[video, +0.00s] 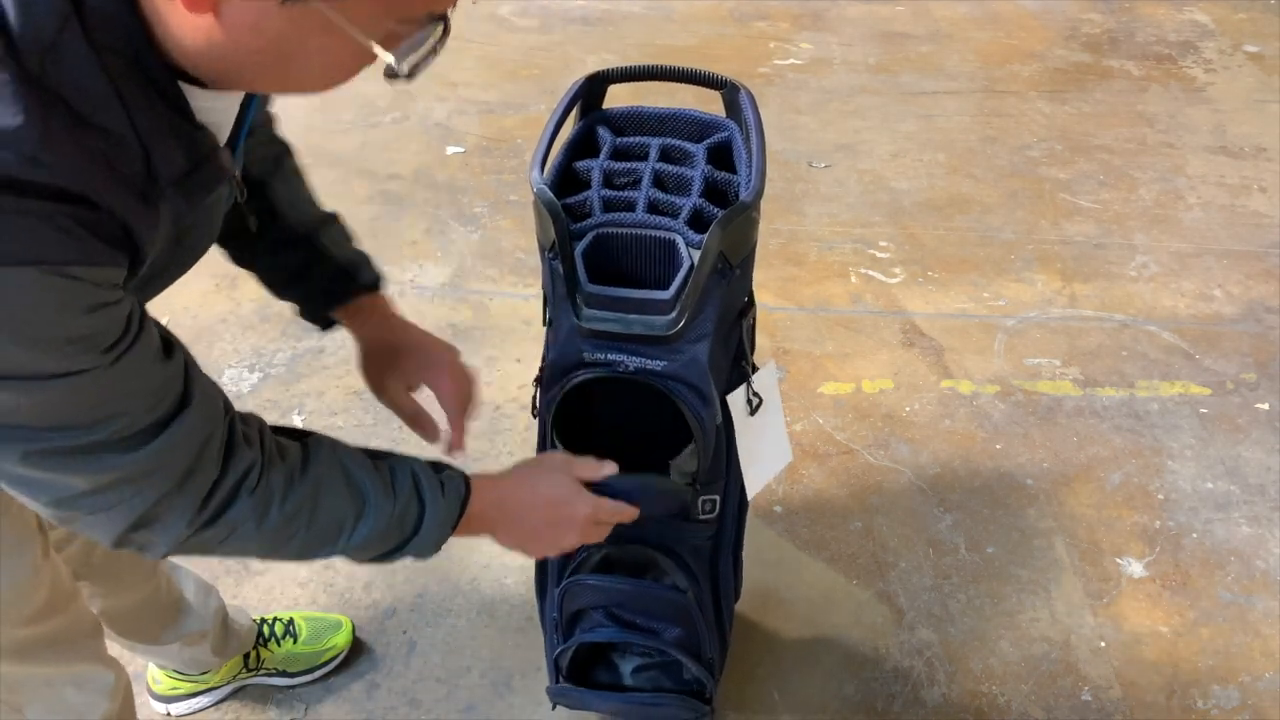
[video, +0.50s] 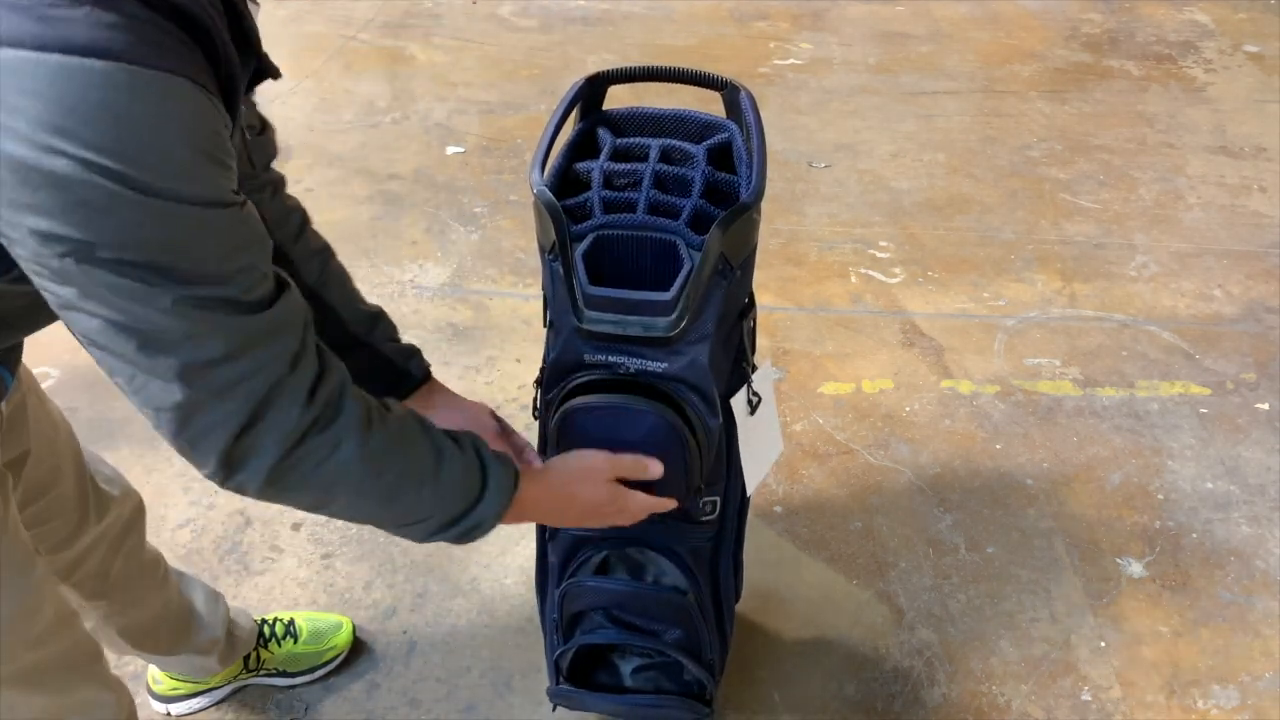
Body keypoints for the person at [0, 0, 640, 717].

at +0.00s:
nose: (383, 63)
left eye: (398, 41)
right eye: (386, 41)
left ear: (206, 2)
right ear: (211, 3)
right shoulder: (25, 257)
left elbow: (226, 145)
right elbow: (191, 485)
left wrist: (369, 316)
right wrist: (480, 506)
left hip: (45, 363)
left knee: (94, 520)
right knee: (38, 620)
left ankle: (198, 653)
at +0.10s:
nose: (379, 7)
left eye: (380, 1)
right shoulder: (33, 182)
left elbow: (193, 162)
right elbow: (202, 452)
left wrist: (337, 329)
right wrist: (482, 436)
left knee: (78, 512)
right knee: (45, 641)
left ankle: (197, 653)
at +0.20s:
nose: (341, 6)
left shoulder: (196, 16)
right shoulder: (47, 131)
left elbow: (235, 193)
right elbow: (228, 448)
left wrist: (392, 370)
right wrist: (515, 458)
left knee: (76, 505)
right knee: (35, 625)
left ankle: (198, 654)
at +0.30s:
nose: (334, 5)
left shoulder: (212, 21)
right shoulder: (76, 105)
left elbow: (304, 235)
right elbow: (309, 407)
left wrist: (452, 423)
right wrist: (572, 473)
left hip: (5, 356)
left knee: (72, 521)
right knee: (39, 658)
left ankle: (199, 652)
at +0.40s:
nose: (331, 7)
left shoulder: (196, 24)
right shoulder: (87, 84)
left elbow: (304, 237)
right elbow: (310, 408)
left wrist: (443, 409)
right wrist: (570, 489)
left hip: (4, 360)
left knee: (75, 523)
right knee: (43, 659)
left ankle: (199, 653)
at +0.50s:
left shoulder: (158, 27)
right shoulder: (80, 77)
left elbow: (259, 220)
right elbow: (259, 420)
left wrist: (419, 393)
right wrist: (530, 493)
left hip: (5, 364)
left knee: (85, 523)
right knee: (36, 653)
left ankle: (200, 653)